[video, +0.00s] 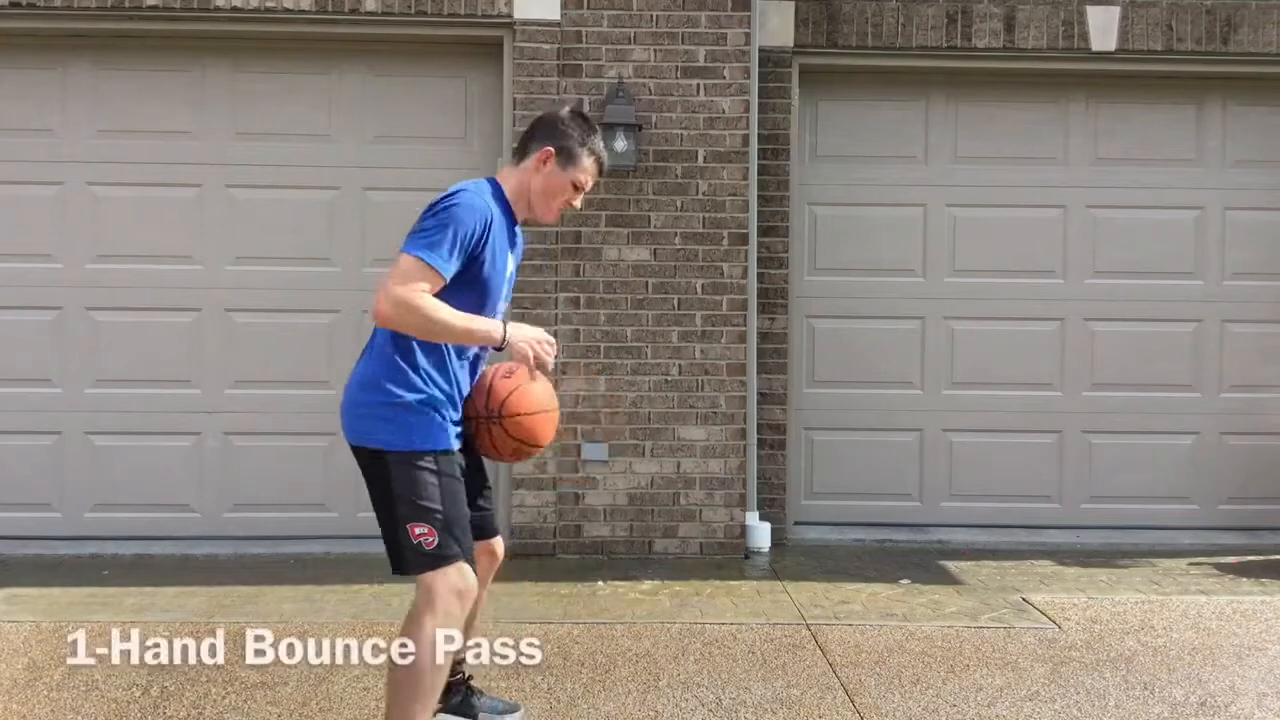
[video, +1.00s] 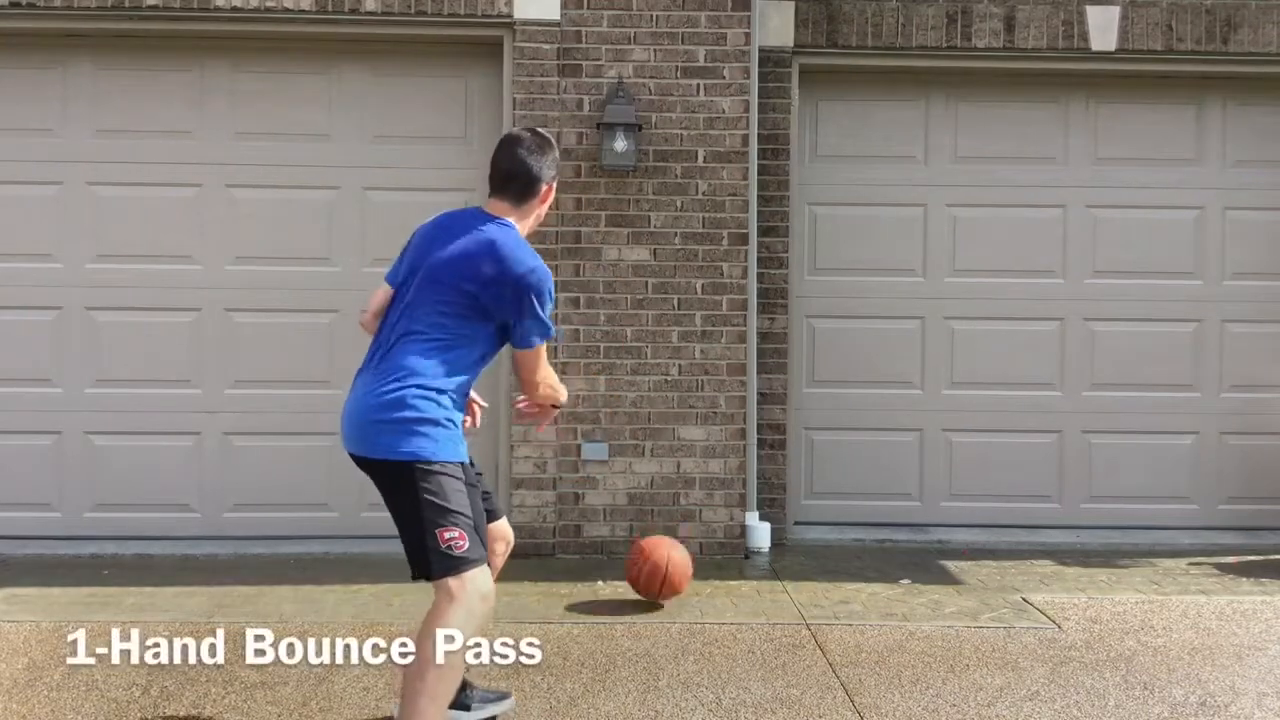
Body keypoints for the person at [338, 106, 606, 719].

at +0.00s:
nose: (574, 204)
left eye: (582, 195)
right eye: (575, 187)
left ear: (545, 165)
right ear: (543, 159)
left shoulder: (508, 233)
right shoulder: (470, 207)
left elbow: (462, 333)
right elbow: (394, 302)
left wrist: (496, 399)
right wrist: (503, 331)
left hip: (443, 413)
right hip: (399, 412)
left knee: (484, 552)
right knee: (450, 582)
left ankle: (443, 689)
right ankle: (407, 712)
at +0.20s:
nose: (571, 189)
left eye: (575, 176)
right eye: (576, 175)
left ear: (516, 156)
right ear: (559, 174)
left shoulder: (491, 232)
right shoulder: (471, 227)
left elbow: (448, 354)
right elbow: (413, 346)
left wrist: (496, 426)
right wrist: (497, 411)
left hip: (428, 420)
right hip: (387, 424)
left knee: (488, 551)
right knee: (451, 592)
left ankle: (448, 681)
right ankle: (408, 713)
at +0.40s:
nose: (563, 190)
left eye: (565, 178)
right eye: (567, 177)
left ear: (502, 163)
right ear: (553, 178)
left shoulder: (495, 241)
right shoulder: (468, 233)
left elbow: (473, 337)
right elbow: (415, 353)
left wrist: (537, 384)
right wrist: (512, 405)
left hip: (421, 422)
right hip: (387, 425)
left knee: (486, 557)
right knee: (458, 594)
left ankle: (442, 683)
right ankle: (412, 713)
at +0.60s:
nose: (559, 202)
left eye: (562, 191)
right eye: (563, 190)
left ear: (499, 173)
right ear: (553, 191)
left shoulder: (491, 246)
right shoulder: (471, 239)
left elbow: (453, 342)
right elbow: (458, 346)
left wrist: (494, 398)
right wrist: (541, 288)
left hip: (426, 425)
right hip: (388, 424)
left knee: (495, 552)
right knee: (457, 589)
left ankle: (442, 684)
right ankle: (411, 711)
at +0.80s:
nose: (559, 209)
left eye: (561, 198)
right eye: (562, 198)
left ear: (497, 181)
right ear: (552, 201)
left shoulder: (459, 233)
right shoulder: (494, 264)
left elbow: (398, 321)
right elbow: (533, 393)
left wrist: (444, 395)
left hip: (414, 424)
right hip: (397, 432)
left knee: (496, 545)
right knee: (458, 594)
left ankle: (442, 682)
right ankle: (410, 711)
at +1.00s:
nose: (554, 198)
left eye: (552, 188)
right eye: (555, 189)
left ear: (490, 180)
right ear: (546, 195)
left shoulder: (438, 228)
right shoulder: (524, 267)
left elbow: (375, 315)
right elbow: (534, 379)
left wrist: (446, 385)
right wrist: (556, 396)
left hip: (378, 414)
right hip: (416, 424)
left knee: (496, 539)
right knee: (466, 587)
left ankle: (439, 682)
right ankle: (414, 711)